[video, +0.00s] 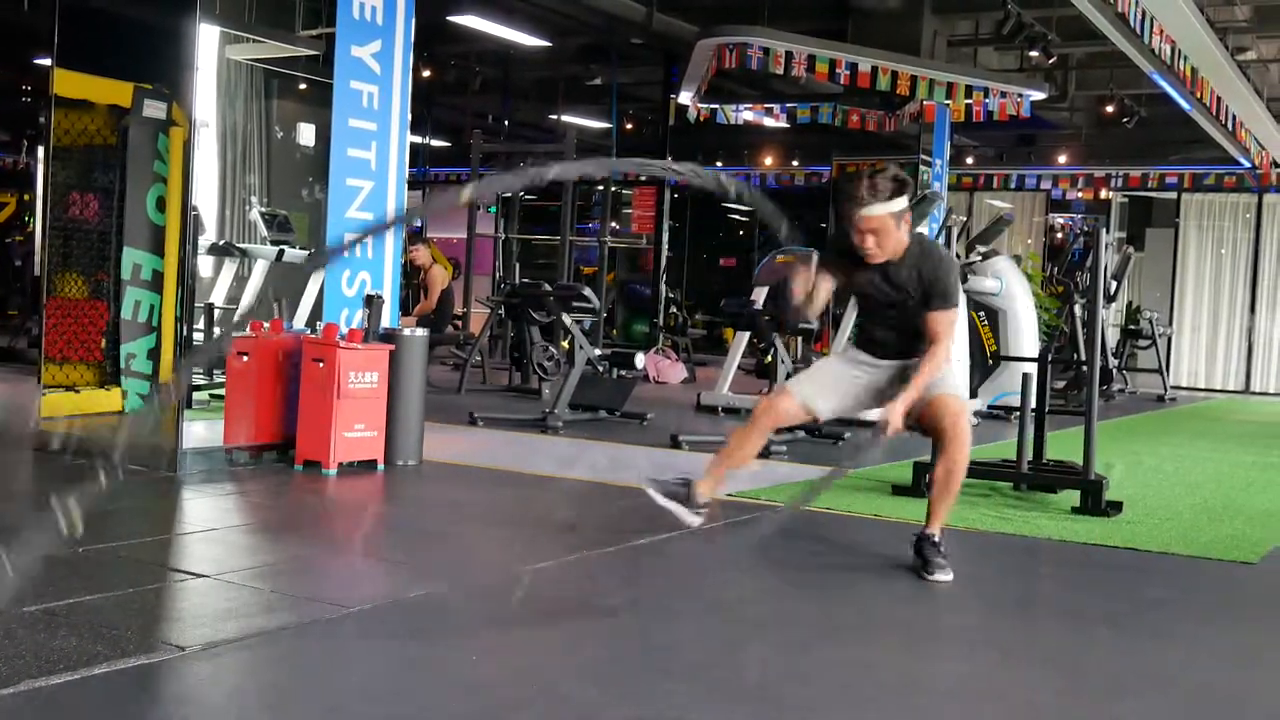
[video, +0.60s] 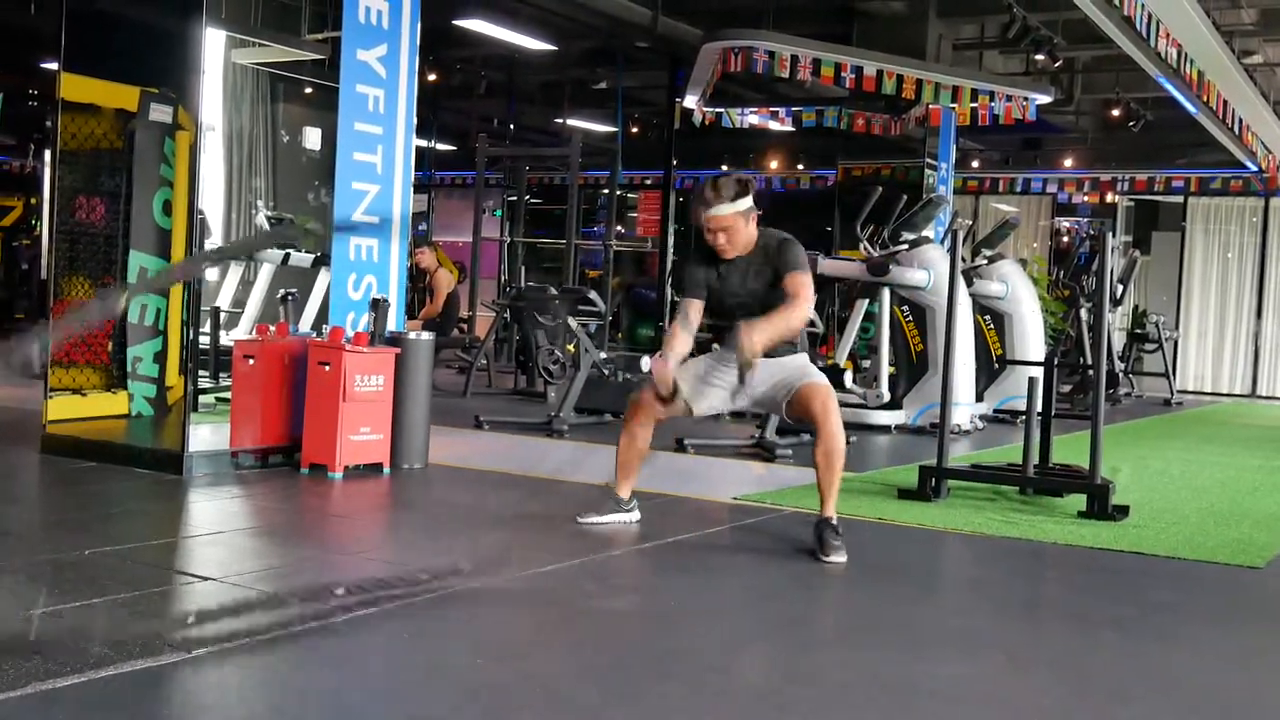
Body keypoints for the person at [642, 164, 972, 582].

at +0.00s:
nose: (864, 243)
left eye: (875, 233)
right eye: (857, 233)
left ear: (905, 223)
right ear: (849, 227)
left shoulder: (935, 265)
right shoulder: (844, 256)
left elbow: (941, 346)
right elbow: (810, 311)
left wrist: (903, 401)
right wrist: (802, 293)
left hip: (923, 373)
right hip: (860, 364)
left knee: (956, 424)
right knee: (771, 408)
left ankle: (932, 538)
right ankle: (699, 494)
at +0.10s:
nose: (835, 235)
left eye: (846, 223)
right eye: (828, 223)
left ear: (873, 217)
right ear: (820, 220)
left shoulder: (899, 252)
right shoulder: (807, 265)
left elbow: (908, 301)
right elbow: (788, 329)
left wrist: (872, 317)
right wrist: (790, 384)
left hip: (879, 373)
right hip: (813, 372)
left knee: (923, 416)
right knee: (727, 413)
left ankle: (928, 538)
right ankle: (679, 506)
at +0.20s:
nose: (806, 227)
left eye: (814, 218)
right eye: (798, 218)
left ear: (837, 208)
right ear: (786, 211)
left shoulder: (859, 233)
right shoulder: (771, 249)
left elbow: (865, 270)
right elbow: (751, 318)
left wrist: (814, 248)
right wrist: (754, 381)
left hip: (844, 362)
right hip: (777, 359)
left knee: (884, 417)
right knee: (693, 400)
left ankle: (910, 536)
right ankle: (672, 509)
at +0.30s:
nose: (776, 217)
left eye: (786, 208)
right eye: (769, 207)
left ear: (815, 197)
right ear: (761, 198)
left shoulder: (841, 233)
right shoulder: (752, 228)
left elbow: (835, 301)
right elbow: (717, 269)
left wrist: (786, 303)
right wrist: (697, 298)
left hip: (822, 349)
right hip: (757, 345)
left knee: (859, 398)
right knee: (681, 392)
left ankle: (851, 523)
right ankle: (666, 503)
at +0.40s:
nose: (752, 227)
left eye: (762, 219)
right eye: (747, 217)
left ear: (793, 208)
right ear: (740, 206)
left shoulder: (819, 245)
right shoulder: (741, 222)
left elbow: (816, 328)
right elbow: (686, 228)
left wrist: (777, 379)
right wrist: (675, 210)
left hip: (804, 348)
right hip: (747, 342)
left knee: (838, 400)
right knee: (669, 387)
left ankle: (826, 520)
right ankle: (641, 492)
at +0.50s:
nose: (729, 236)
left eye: (738, 227)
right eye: (723, 226)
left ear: (768, 220)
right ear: (716, 221)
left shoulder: (795, 259)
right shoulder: (712, 248)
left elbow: (803, 340)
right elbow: (677, 279)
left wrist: (770, 397)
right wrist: (673, 246)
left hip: (790, 360)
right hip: (734, 357)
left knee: (823, 408)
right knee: (654, 403)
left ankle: (823, 522)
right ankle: (623, 501)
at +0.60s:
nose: (716, 240)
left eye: (724, 231)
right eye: (709, 231)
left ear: (752, 220)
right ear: (701, 226)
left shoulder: (784, 249)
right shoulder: (700, 257)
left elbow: (800, 308)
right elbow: (686, 320)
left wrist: (759, 332)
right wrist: (667, 360)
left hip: (782, 367)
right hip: (719, 365)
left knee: (825, 404)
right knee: (644, 403)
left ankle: (829, 520)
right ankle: (623, 502)